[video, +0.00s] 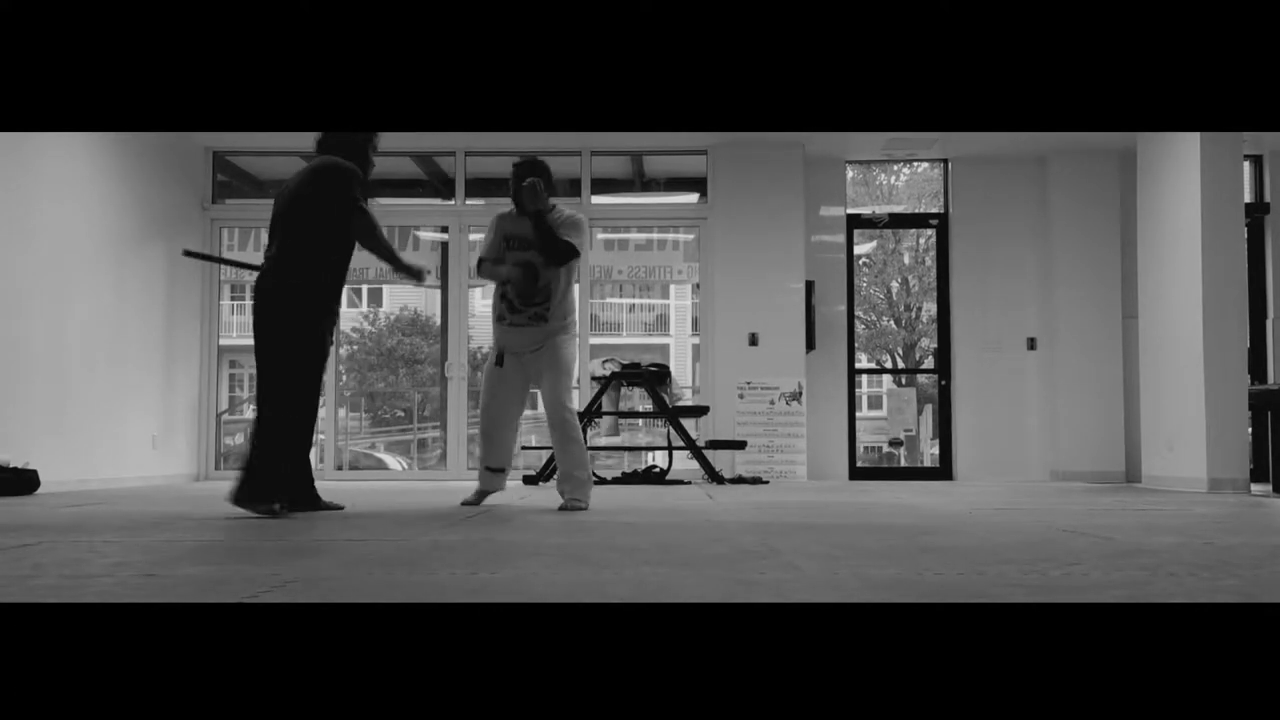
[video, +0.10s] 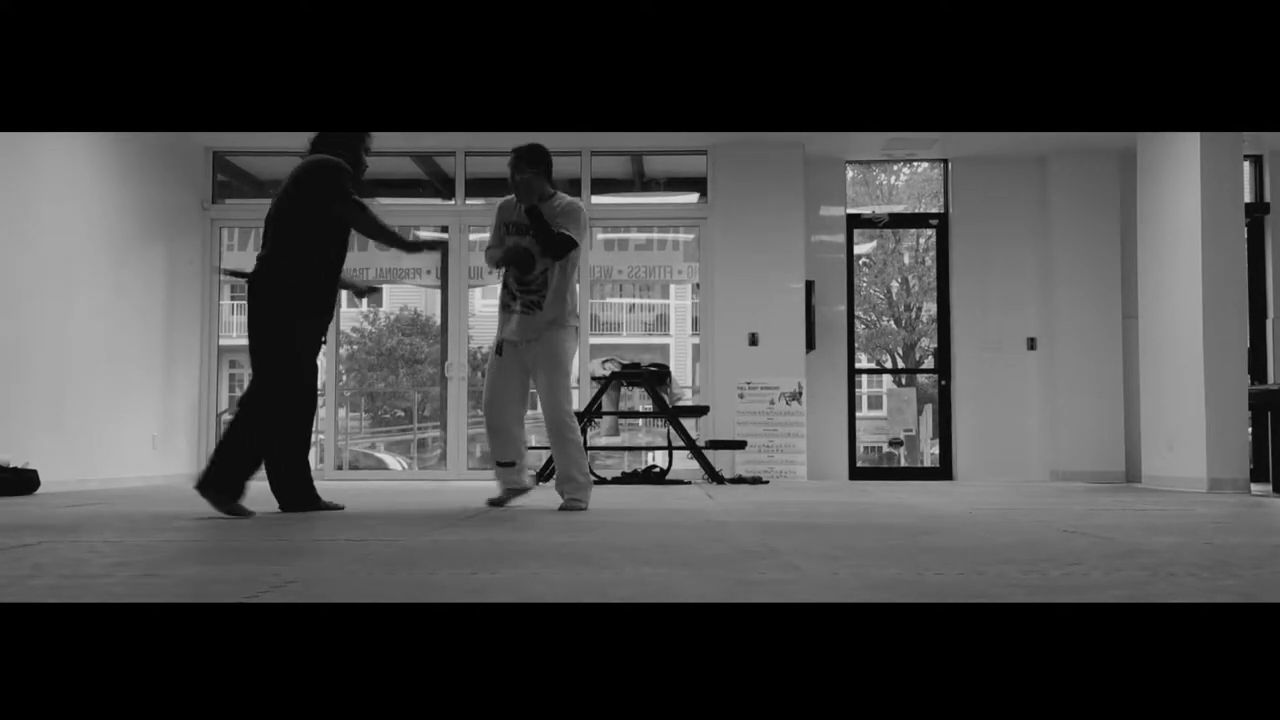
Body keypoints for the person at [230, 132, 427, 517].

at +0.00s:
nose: (372, 161)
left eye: (373, 152)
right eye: (370, 151)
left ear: (328, 145)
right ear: (353, 148)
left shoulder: (296, 183)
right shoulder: (342, 178)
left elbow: (279, 248)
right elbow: (366, 233)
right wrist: (402, 265)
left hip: (274, 299)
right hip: (303, 305)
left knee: (294, 398)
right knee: (288, 397)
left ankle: (299, 491)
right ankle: (255, 490)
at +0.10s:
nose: (366, 161)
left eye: (366, 153)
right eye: (362, 151)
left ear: (326, 143)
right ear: (345, 147)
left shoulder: (305, 178)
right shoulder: (328, 174)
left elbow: (302, 257)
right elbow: (368, 224)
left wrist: (351, 285)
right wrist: (410, 243)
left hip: (281, 302)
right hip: (288, 305)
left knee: (290, 396)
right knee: (278, 393)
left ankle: (297, 497)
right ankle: (220, 484)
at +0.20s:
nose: (359, 163)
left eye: (359, 154)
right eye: (355, 152)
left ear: (325, 145)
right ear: (336, 146)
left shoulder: (307, 188)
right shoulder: (313, 167)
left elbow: (330, 268)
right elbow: (348, 208)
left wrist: (387, 279)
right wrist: (397, 230)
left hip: (283, 312)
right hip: (273, 309)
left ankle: (298, 498)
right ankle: (206, 487)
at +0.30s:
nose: (353, 161)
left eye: (354, 153)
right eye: (349, 151)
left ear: (323, 146)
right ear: (328, 146)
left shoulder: (312, 196)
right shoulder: (299, 166)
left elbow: (345, 265)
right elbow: (339, 209)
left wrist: (404, 261)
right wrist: (374, 211)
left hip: (282, 314)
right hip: (258, 309)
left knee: (289, 403)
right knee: (246, 397)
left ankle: (296, 497)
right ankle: (204, 493)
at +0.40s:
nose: (343, 155)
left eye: (343, 148)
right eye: (339, 146)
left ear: (317, 147)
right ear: (316, 144)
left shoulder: (309, 195)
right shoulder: (276, 167)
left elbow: (341, 258)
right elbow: (305, 209)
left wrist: (397, 238)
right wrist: (351, 203)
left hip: (280, 317)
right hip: (243, 311)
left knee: (287, 402)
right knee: (237, 398)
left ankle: (295, 496)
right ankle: (204, 499)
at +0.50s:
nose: (329, 152)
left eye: (329, 145)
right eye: (324, 143)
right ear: (299, 140)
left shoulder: (302, 191)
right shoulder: (258, 165)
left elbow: (344, 242)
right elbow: (284, 211)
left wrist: (387, 207)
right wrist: (328, 195)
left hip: (273, 317)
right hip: (233, 310)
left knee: (286, 401)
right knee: (231, 399)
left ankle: (294, 495)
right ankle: (206, 500)